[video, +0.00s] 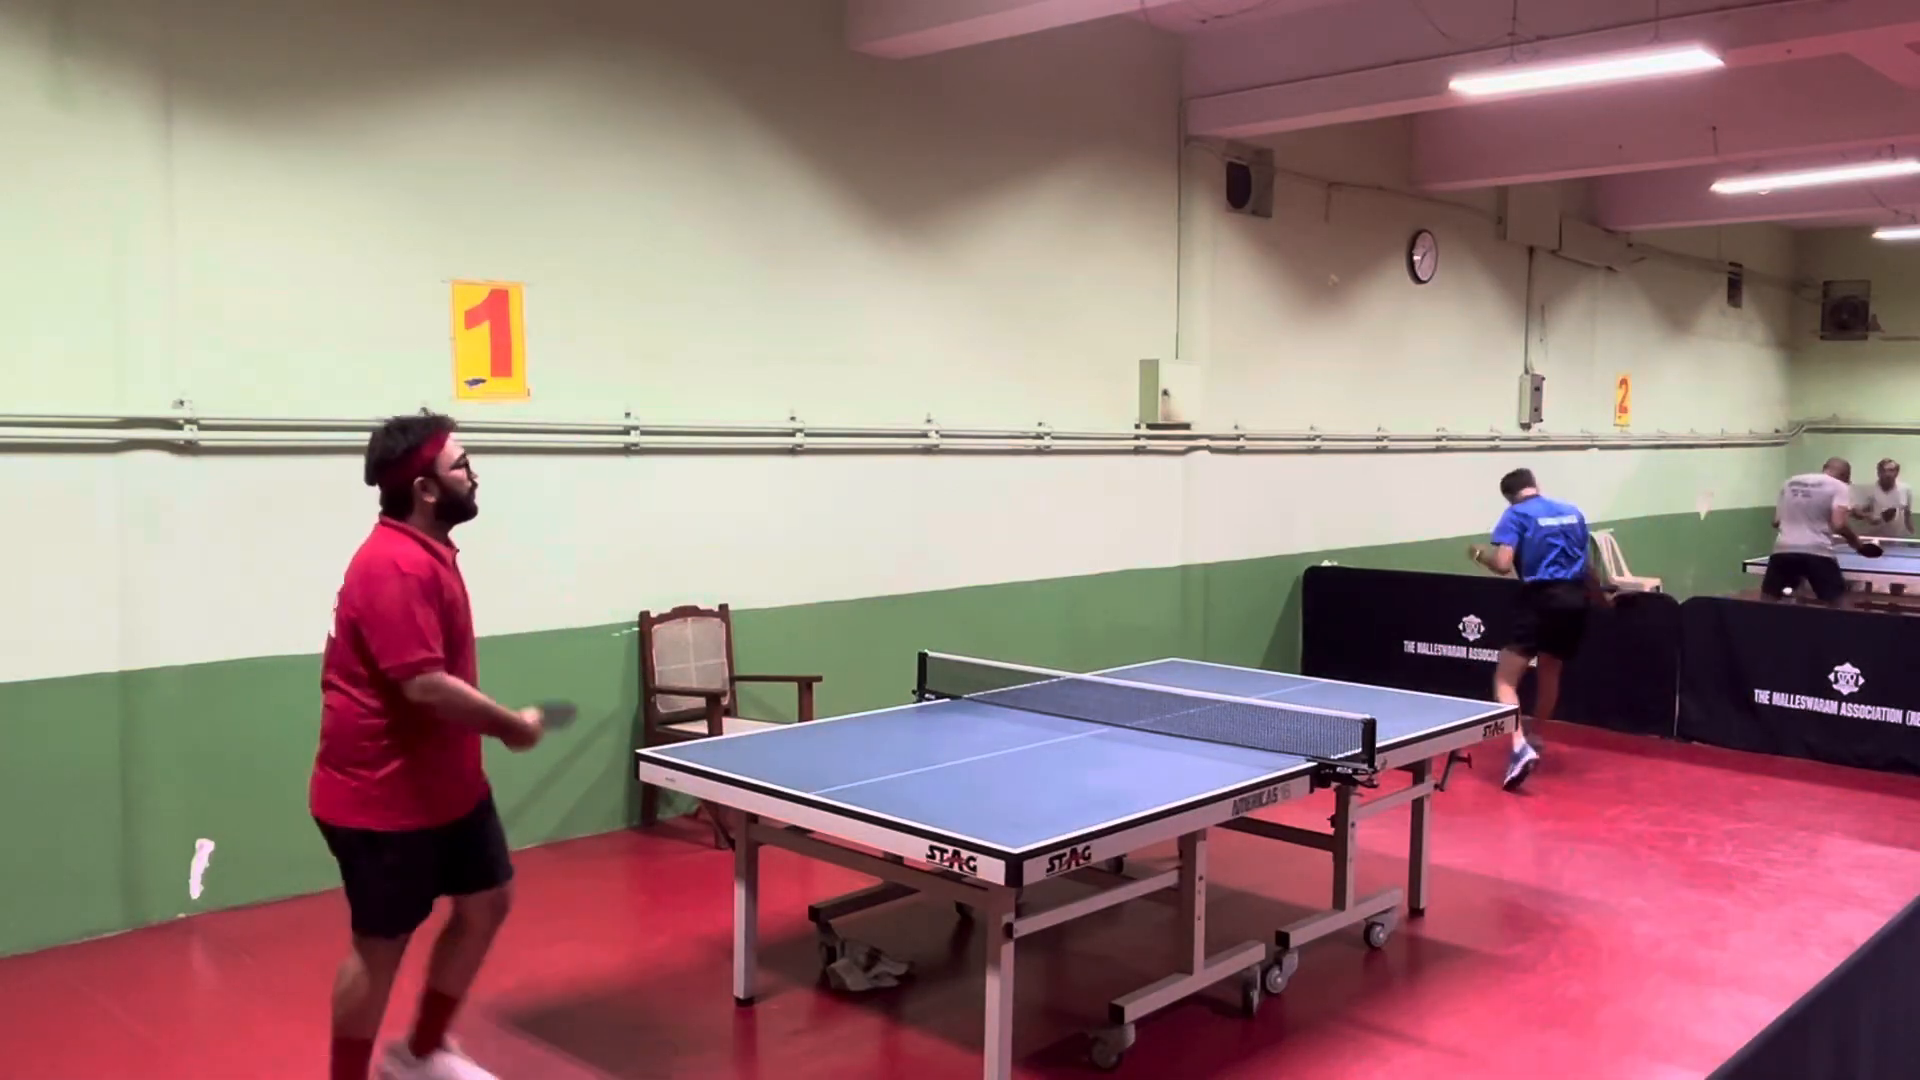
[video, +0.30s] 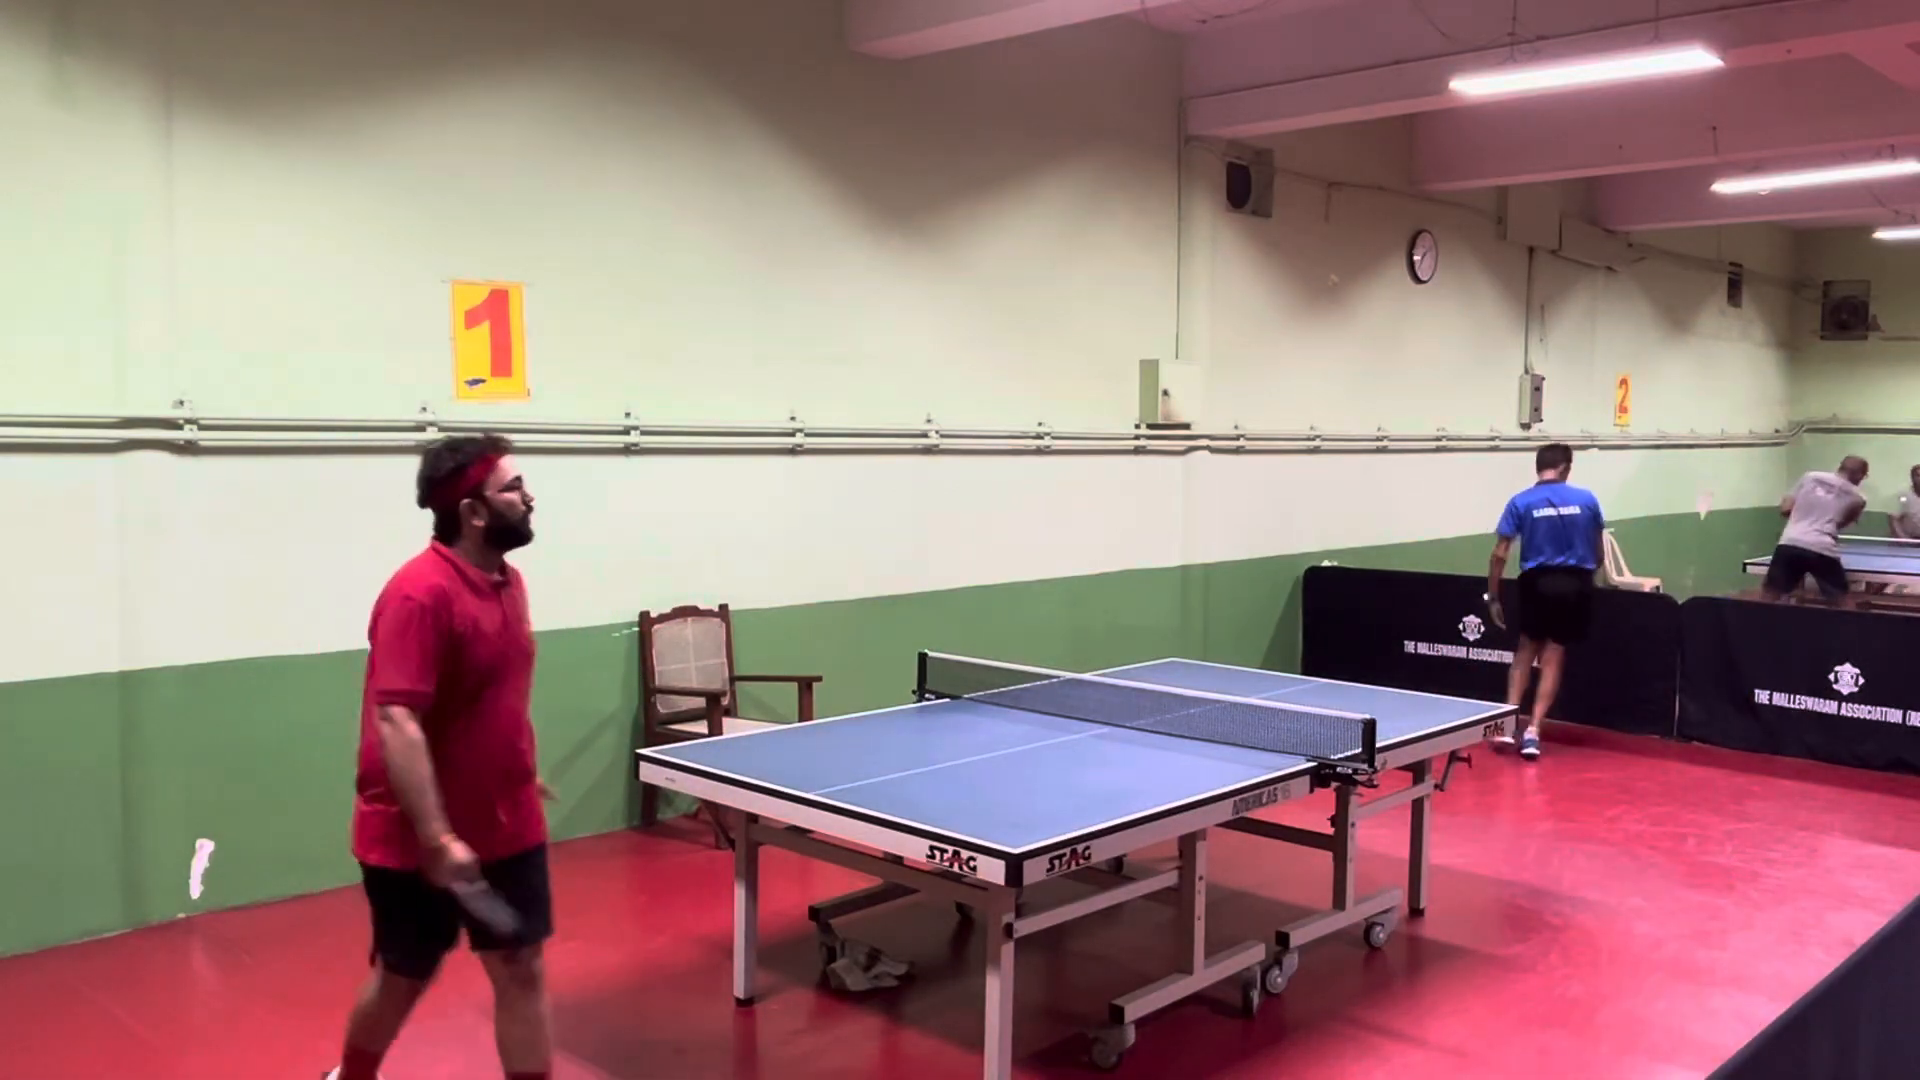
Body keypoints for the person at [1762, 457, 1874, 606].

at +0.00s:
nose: (1847, 483)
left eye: (1847, 480)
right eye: (1847, 480)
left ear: (1824, 468)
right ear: (1845, 477)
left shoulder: (1791, 482)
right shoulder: (1839, 486)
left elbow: (1777, 522)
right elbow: (1839, 525)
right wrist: (1860, 546)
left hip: (1783, 555)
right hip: (1818, 557)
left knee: (1766, 605)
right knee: (1840, 609)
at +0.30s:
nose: (1863, 479)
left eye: (1864, 475)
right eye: (1863, 475)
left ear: (1840, 467)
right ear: (1860, 475)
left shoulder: (1810, 477)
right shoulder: (1857, 499)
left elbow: (1786, 508)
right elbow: (1841, 524)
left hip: (1789, 547)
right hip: (1823, 553)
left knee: (1768, 598)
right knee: (1841, 606)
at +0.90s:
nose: (1850, 477)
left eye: (1850, 473)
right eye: (1849, 473)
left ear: (1827, 469)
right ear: (1846, 473)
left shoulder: (1800, 484)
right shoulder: (1847, 496)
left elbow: (1786, 519)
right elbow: (1856, 537)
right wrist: (1861, 551)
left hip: (1783, 556)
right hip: (1816, 561)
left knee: (1763, 604)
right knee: (1838, 607)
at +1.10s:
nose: (1837, 473)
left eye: (1837, 469)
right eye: (1837, 469)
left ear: (1815, 465)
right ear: (1835, 469)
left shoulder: (1791, 480)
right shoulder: (1836, 491)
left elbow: (1768, 514)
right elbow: (1845, 535)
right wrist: (1852, 549)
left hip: (1772, 550)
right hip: (1804, 554)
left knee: (1757, 600)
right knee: (1831, 603)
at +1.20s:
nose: (1837, 475)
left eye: (1837, 471)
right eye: (1837, 471)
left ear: (1814, 467)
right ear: (1834, 471)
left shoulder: (1788, 481)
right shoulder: (1834, 492)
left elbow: (1766, 516)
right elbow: (1843, 537)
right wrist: (1855, 550)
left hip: (1772, 550)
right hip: (1804, 554)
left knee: (1756, 601)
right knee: (1831, 603)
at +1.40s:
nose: (1856, 484)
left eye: (1857, 480)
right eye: (1856, 480)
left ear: (1833, 474)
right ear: (1851, 478)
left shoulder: (1810, 489)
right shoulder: (1843, 498)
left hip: (1789, 557)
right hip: (1817, 560)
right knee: (1854, 608)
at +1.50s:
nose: (1879, 490)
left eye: (1880, 486)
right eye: (1879, 486)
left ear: (1857, 478)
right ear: (1873, 483)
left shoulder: (1835, 495)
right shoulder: (1862, 502)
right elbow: (1876, 541)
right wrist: (1915, 550)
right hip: (1833, 566)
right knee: (1862, 595)